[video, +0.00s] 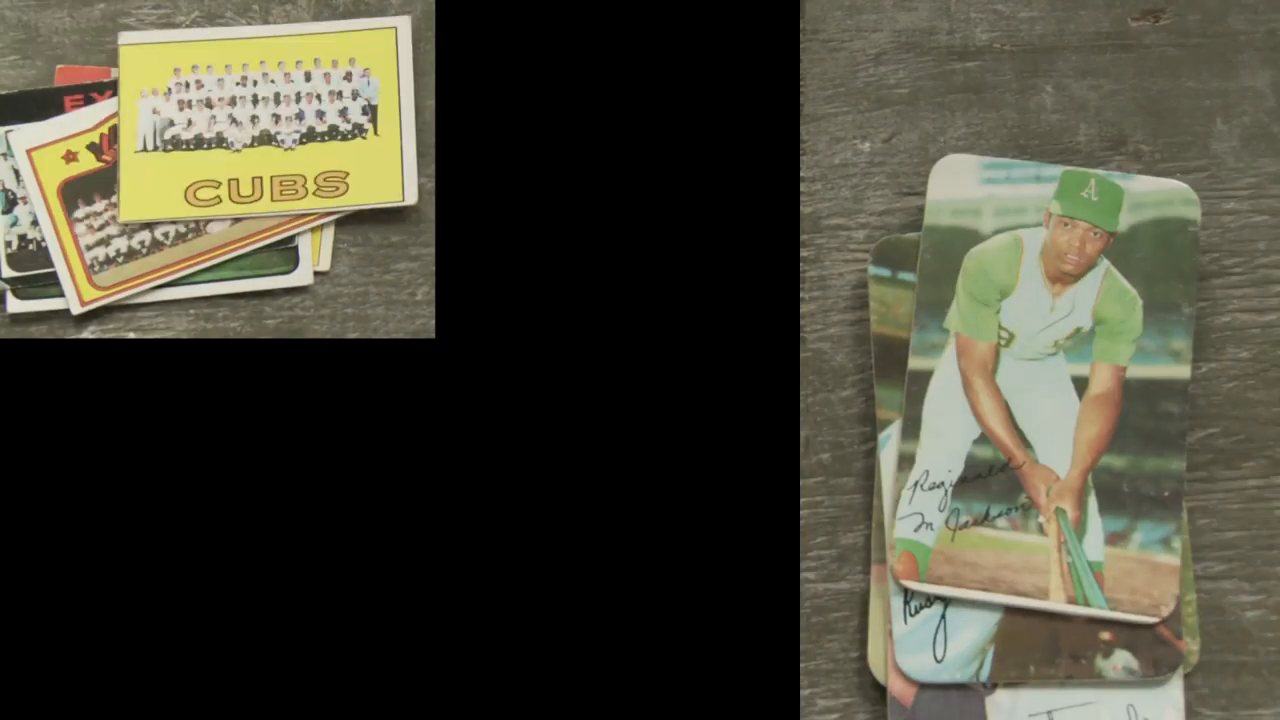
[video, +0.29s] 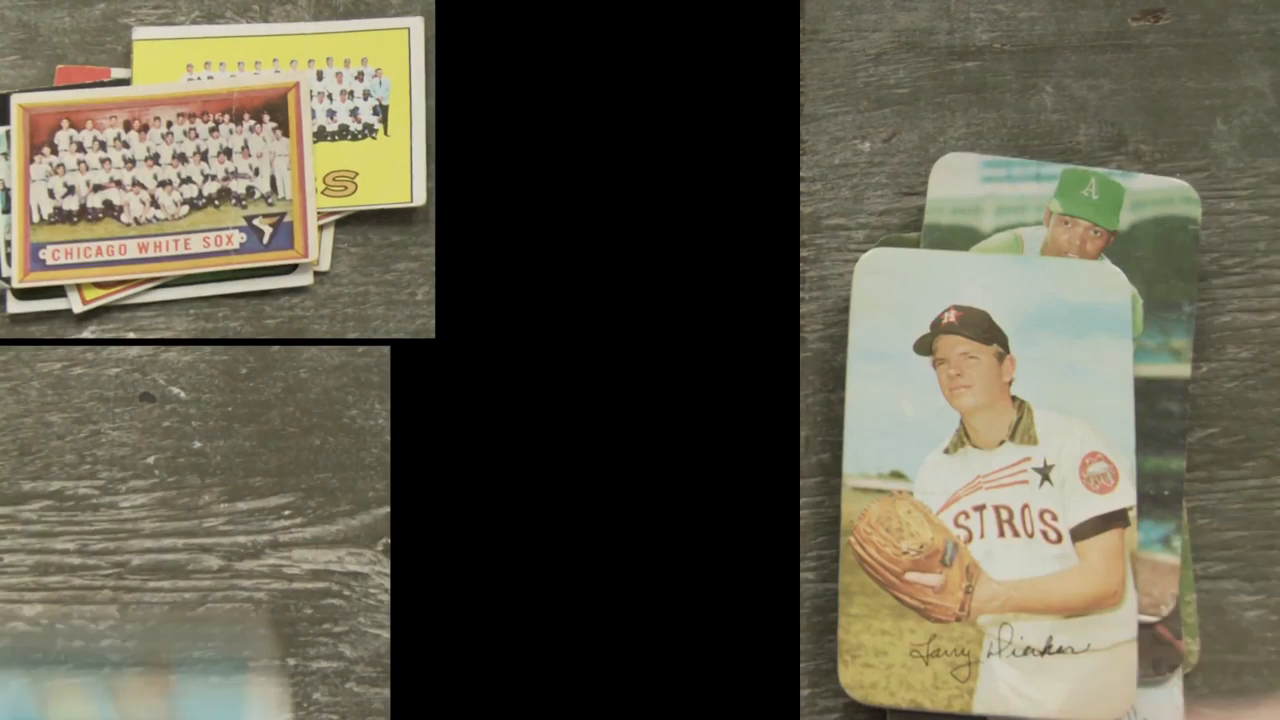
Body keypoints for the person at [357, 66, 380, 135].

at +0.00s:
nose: (367, 74)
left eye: (368, 72)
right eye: (366, 72)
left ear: (370, 73)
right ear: (364, 73)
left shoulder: (375, 81)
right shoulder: (361, 81)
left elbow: (376, 91)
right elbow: (360, 91)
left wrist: (372, 98)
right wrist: (365, 97)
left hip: (374, 101)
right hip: (364, 101)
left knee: (374, 117)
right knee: (365, 117)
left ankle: (375, 131)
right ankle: (364, 132)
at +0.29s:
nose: (379, 74)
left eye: (380, 72)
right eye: (378, 72)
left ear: (382, 73)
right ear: (376, 73)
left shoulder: (386, 80)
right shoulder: (373, 81)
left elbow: (388, 90)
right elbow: (372, 91)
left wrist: (383, 97)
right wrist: (377, 97)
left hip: (385, 101)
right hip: (376, 101)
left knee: (385, 117)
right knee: (376, 116)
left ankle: (385, 131)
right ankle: (374, 132)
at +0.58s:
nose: (380, 74)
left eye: (381, 72)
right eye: (379, 73)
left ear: (383, 73)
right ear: (376, 73)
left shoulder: (387, 80)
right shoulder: (373, 81)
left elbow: (388, 90)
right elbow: (372, 91)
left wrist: (383, 97)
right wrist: (377, 97)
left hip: (385, 102)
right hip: (376, 101)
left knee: (386, 117)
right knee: (377, 116)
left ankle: (386, 131)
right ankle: (375, 131)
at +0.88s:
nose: (381, 73)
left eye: (382, 72)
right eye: (380, 72)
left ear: (384, 72)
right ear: (377, 73)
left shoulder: (388, 80)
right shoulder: (374, 81)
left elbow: (389, 90)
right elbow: (373, 90)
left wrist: (384, 97)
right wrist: (378, 96)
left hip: (386, 101)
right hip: (377, 101)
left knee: (386, 117)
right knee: (377, 116)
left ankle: (387, 131)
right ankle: (376, 131)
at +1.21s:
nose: (381, 73)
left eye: (382, 71)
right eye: (379, 71)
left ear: (383, 72)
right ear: (377, 72)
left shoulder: (387, 80)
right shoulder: (374, 80)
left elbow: (389, 90)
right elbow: (373, 90)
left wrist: (385, 97)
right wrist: (378, 96)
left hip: (386, 101)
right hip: (377, 101)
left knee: (386, 117)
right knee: (377, 116)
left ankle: (387, 131)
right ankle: (376, 131)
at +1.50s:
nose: (381, 73)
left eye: (382, 71)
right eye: (380, 71)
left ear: (384, 72)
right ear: (378, 72)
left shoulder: (388, 80)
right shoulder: (374, 80)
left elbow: (390, 89)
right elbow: (373, 90)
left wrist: (385, 96)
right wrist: (378, 96)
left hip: (387, 101)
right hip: (378, 100)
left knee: (387, 117)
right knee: (378, 116)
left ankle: (387, 131)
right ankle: (376, 131)